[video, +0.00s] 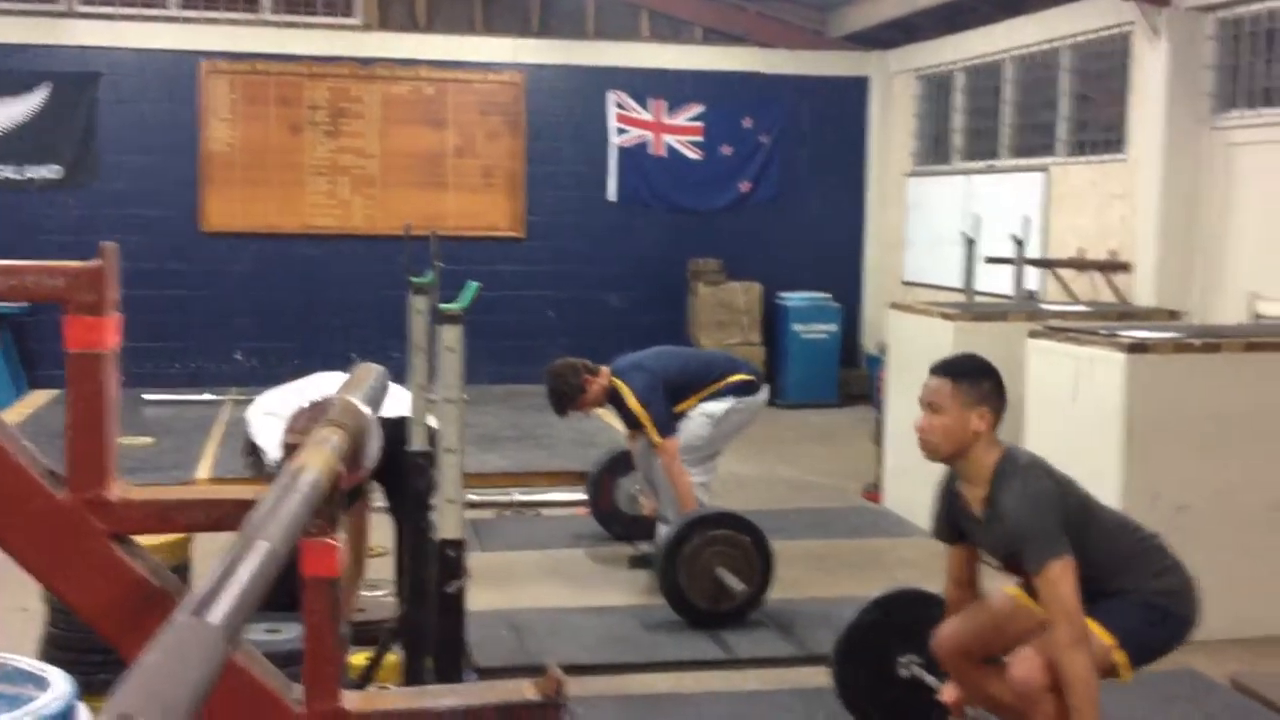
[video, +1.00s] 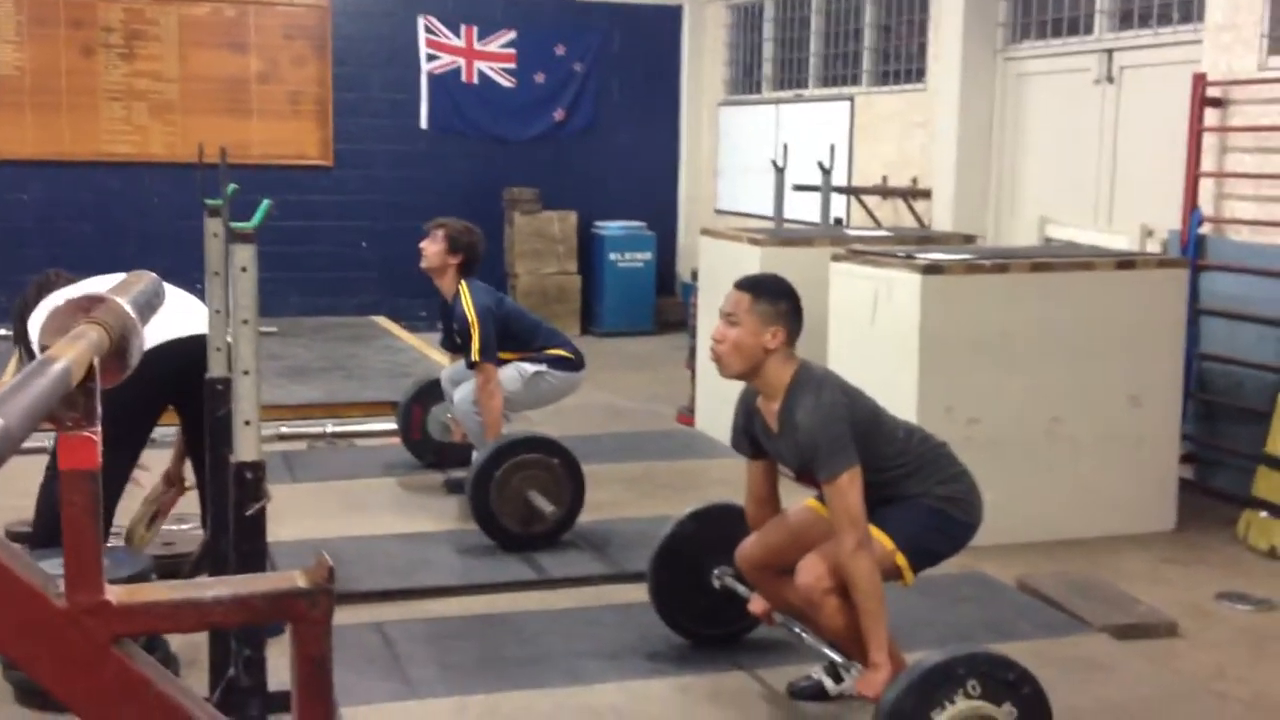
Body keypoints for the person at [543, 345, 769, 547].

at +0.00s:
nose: (587, 410)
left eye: (583, 404)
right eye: (580, 409)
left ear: (590, 380)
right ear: (589, 377)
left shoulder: (636, 384)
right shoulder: (615, 386)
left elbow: (671, 455)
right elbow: (638, 443)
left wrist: (694, 522)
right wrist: (650, 495)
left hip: (740, 391)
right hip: (715, 393)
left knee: (676, 458)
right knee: (648, 453)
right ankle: (668, 541)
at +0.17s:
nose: (551, 389)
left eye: (548, 381)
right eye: (545, 384)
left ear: (560, 363)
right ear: (562, 356)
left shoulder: (601, 374)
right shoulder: (588, 369)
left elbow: (636, 441)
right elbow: (606, 430)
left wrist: (658, 508)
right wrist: (611, 479)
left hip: (710, 386)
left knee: (622, 444)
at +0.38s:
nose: (456, 329)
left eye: (459, 321)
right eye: (455, 322)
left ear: (485, 318)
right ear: (489, 316)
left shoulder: (523, 339)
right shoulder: (512, 337)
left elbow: (548, 408)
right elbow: (530, 403)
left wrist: (564, 471)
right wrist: (532, 462)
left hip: (629, 369)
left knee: (537, 418)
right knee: (528, 413)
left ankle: (569, 495)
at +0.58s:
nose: (421, 290)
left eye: (430, 284)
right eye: (425, 282)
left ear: (456, 294)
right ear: (455, 296)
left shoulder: (490, 333)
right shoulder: (466, 331)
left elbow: (508, 409)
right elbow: (477, 393)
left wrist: (519, 475)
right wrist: (484, 453)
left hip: (583, 376)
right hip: (554, 373)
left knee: (495, 418)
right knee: (478, 405)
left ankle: (532, 488)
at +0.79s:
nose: (416, 261)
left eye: (427, 255)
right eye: (421, 253)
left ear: (451, 272)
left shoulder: (475, 316)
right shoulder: (458, 314)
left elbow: (492, 392)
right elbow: (460, 381)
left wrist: (500, 462)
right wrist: (464, 454)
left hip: (563, 374)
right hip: (538, 368)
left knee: (471, 411)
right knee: (459, 387)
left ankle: (504, 478)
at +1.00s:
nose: (421, 245)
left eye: (433, 240)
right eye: (426, 238)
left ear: (455, 258)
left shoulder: (474, 306)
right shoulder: (452, 301)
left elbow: (489, 382)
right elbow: (458, 365)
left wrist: (492, 453)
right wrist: (460, 420)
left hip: (557, 366)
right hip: (529, 360)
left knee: (466, 402)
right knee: (452, 378)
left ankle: (499, 470)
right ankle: (483, 466)